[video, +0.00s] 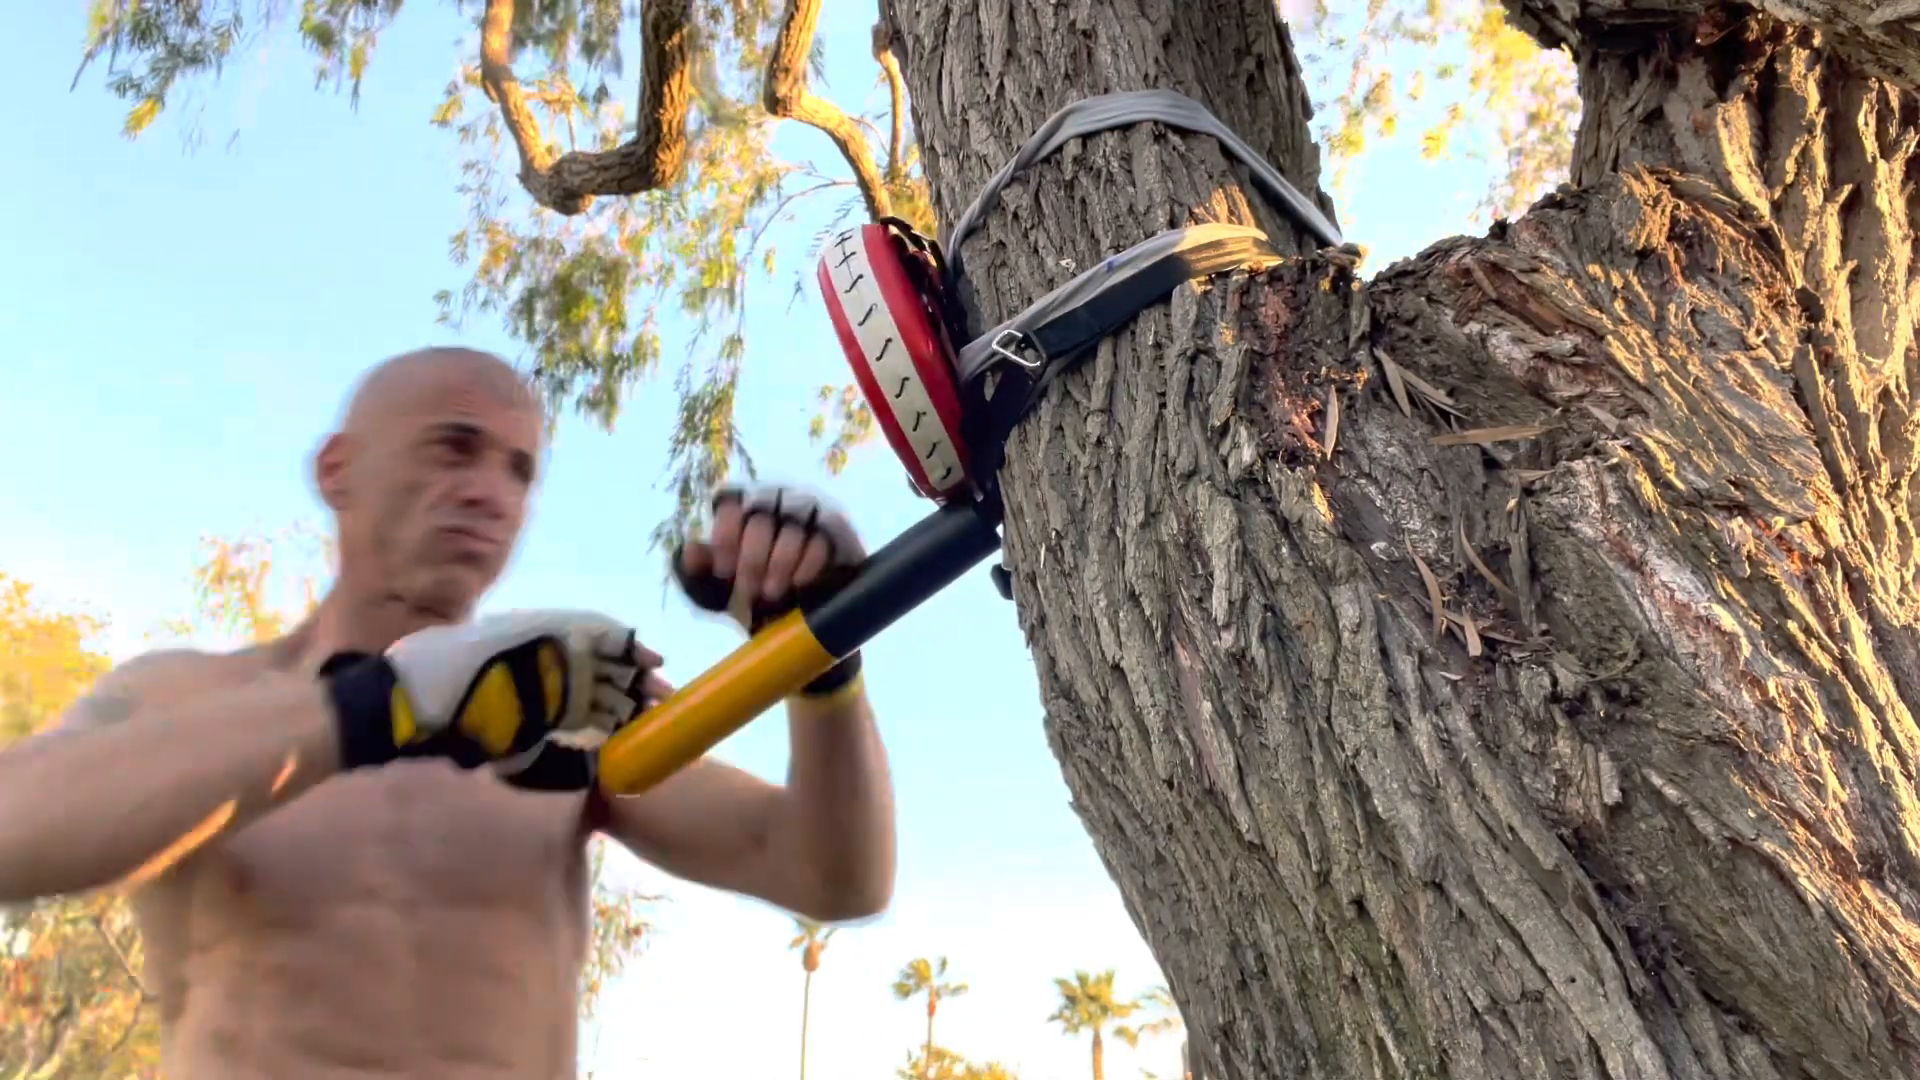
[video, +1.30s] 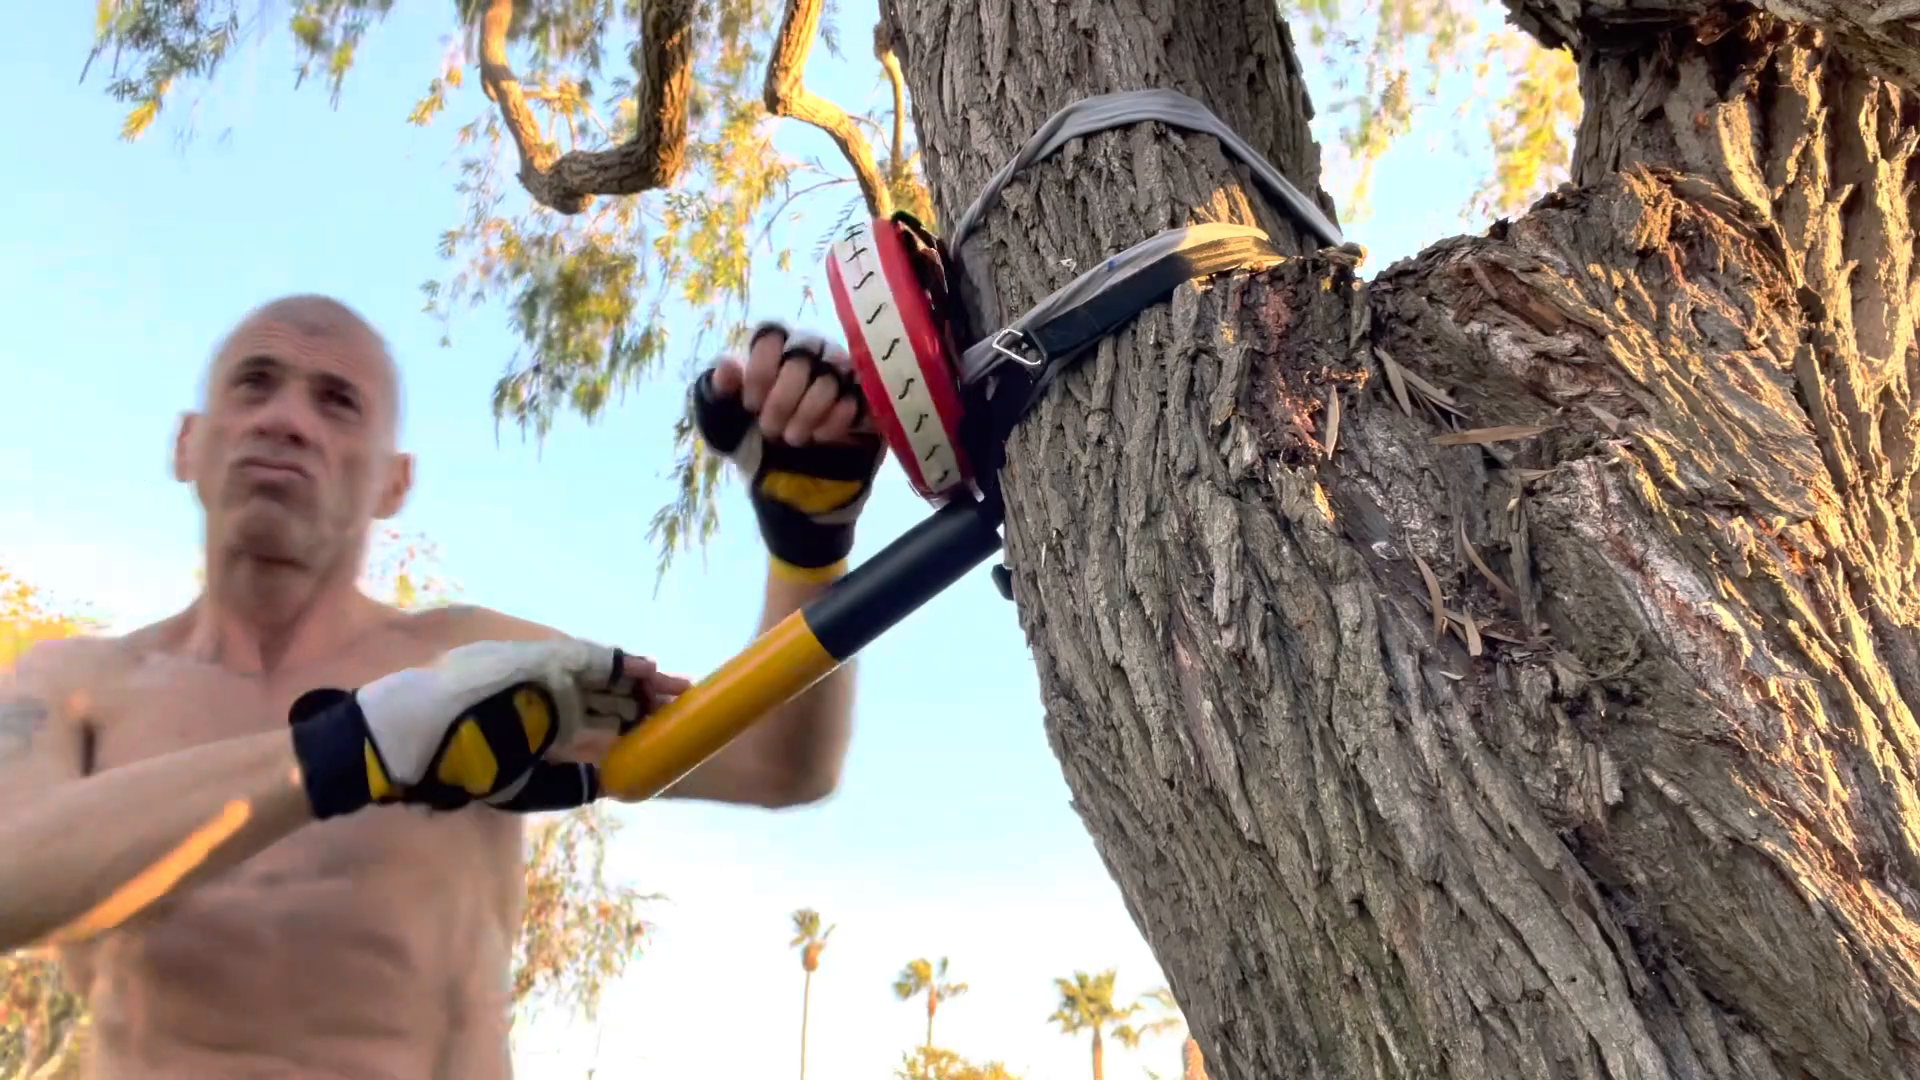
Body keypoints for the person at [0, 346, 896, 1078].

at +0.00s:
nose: (493, 492)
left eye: (519, 472)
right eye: (453, 448)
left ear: (533, 512)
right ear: (337, 470)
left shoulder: (560, 719)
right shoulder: (183, 692)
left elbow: (838, 876)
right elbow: (17, 850)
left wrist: (814, 647)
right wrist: (376, 708)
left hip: (517, 1060)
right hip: (254, 1055)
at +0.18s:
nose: (786, 491)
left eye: (800, 466)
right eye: (747, 449)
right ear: (648, 461)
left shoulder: (733, 778)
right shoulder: (526, 571)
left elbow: (850, 1020)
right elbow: (831, 379)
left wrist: (816, 770)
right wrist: (846, 576)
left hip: (654, 1061)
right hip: (434, 1055)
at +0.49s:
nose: (716, 501)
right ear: (606, 455)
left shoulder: (724, 751)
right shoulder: (471, 594)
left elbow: (876, 983)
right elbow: (722, 428)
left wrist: (835, 714)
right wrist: (862, 534)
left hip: (631, 1058)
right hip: (401, 1050)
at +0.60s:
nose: (588, 467)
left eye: (624, 445)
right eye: (550, 426)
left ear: (672, 496)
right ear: (479, 464)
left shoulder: (639, 743)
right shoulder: (351, 609)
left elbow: (767, 1035)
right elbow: (548, 498)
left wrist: (745, 785)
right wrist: (794, 427)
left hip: (555, 1059)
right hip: (322, 1052)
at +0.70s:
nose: (486, 457)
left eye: (529, 440)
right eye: (454, 425)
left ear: (573, 489)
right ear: (393, 479)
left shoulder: (560, 766)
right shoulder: (254, 600)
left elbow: (735, 1026)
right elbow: (399, 644)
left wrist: (624, 795)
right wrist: (705, 428)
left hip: (495, 1060)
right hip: (259, 1052)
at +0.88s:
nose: (333, 450)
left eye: (383, 431)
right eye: (301, 415)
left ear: (443, 507)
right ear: (245, 470)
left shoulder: (487, 692)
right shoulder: (98, 657)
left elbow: (776, 724)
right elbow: (58, 952)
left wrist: (866, 500)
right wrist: (445, 799)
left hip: (415, 1062)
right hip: (155, 1061)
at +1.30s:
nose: (288, 417)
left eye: (336, 401)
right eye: (254, 384)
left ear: (390, 487)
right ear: (187, 447)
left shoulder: (470, 658)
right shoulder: (65, 682)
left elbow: (784, 762)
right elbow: (19, 891)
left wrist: (808, 533)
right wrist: (348, 749)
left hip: (431, 1061)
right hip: (157, 1065)